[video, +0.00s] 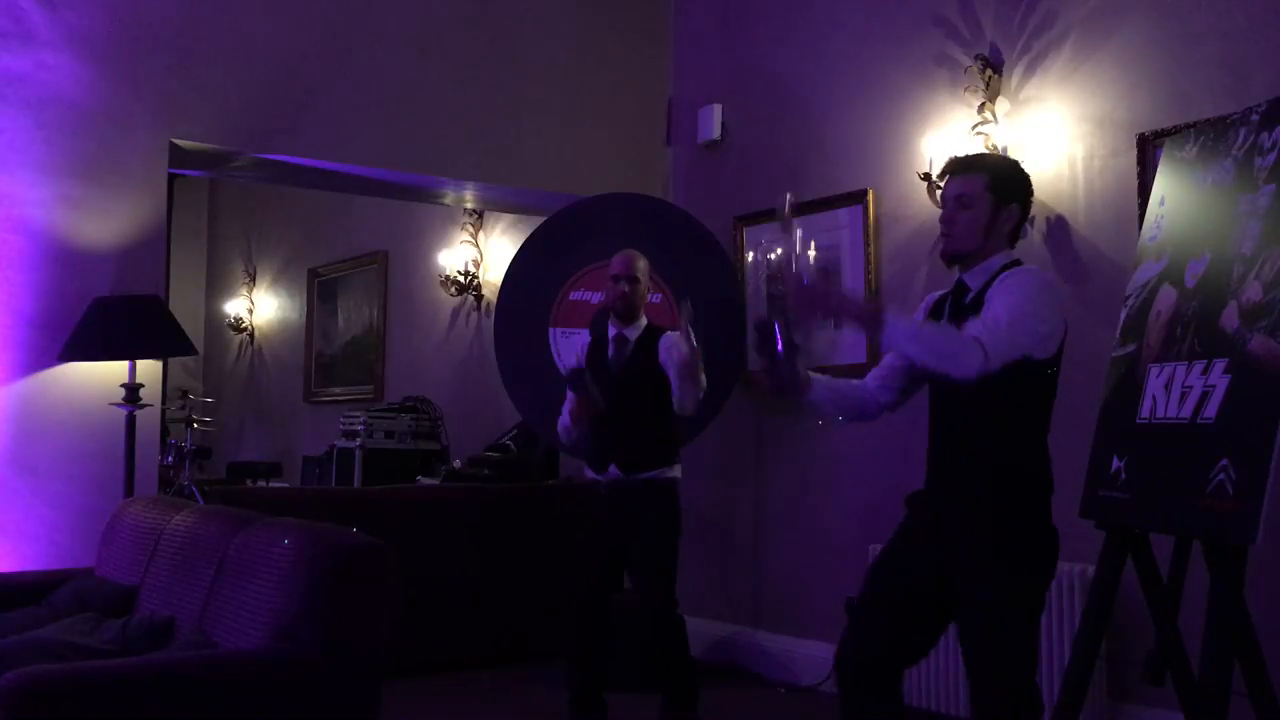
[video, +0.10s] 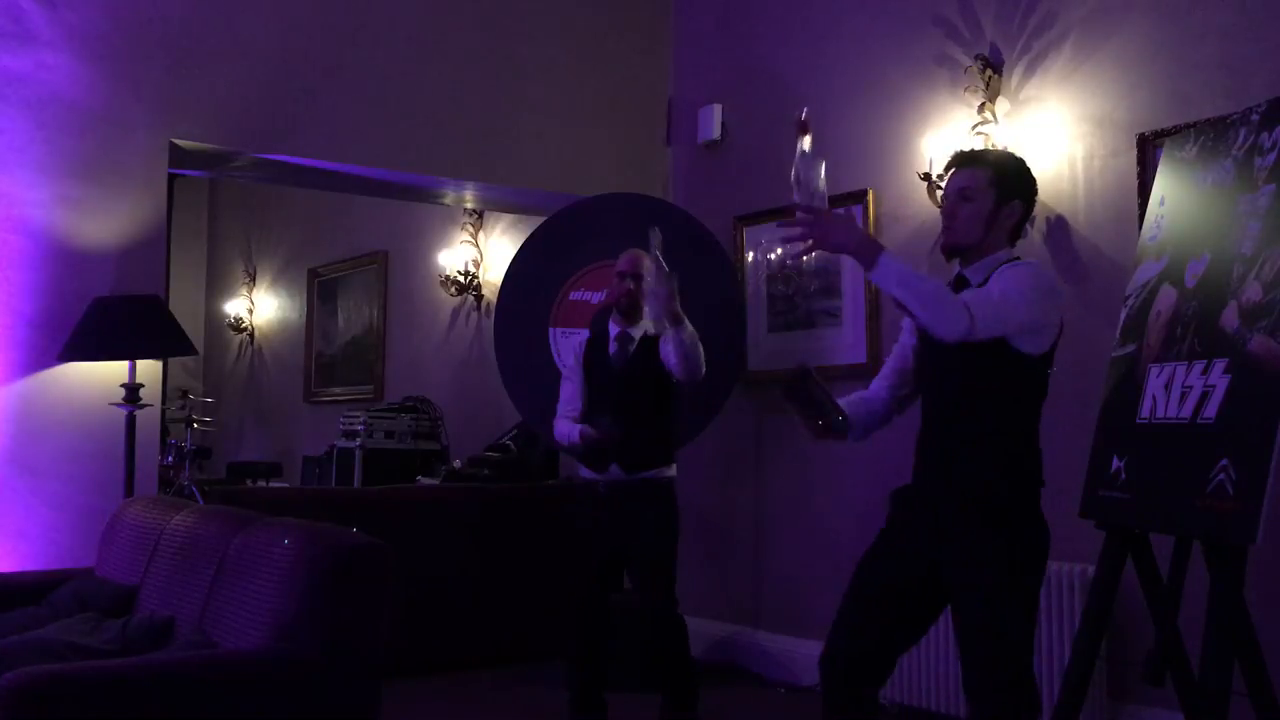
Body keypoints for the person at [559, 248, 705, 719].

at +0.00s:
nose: (621, 287)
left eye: (631, 280)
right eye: (615, 279)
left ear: (647, 289)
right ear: (605, 287)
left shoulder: (667, 343)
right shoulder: (592, 347)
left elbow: (689, 404)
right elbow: (569, 428)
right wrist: (573, 420)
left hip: (654, 489)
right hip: (601, 490)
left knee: (657, 601)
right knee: (594, 601)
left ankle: (677, 705)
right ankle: (589, 704)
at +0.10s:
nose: (626, 285)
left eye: (637, 277)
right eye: (621, 276)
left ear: (654, 288)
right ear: (610, 283)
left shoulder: (669, 338)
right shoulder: (584, 345)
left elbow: (689, 369)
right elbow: (563, 422)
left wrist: (672, 312)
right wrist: (581, 435)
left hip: (651, 490)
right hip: (594, 491)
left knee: (658, 604)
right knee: (591, 605)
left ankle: (677, 706)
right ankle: (588, 706)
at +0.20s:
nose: (631, 283)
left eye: (640, 275)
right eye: (624, 273)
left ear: (653, 286)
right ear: (611, 281)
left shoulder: (666, 344)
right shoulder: (579, 347)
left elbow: (716, 382)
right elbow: (555, 421)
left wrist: (693, 325)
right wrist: (584, 441)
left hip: (648, 493)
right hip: (591, 493)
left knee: (657, 606)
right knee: (589, 608)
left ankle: (677, 707)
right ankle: (587, 707)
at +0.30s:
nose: (627, 284)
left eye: (638, 278)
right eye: (621, 275)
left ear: (654, 292)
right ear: (609, 282)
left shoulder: (667, 350)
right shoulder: (577, 346)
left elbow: (711, 391)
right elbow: (547, 420)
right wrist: (588, 445)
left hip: (641, 494)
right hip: (585, 494)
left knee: (652, 607)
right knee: (585, 610)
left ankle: (678, 707)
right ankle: (587, 708)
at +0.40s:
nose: (628, 288)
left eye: (639, 282)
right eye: (623, 280)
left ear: (657, 296)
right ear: (612, 290)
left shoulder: (665, 359)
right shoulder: (578, 346)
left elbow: (693, 422)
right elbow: (548, 417)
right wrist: (598, 450)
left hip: (638, 495)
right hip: (582, 495)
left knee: (650, 607)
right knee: (583, 608)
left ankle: (675, 706)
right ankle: (585, 705)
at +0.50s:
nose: (634, 296)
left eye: (645, 291)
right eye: (630, 288)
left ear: (661, 306)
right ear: (618, 294)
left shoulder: (656, 369)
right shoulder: (584, 342)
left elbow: (647, 436)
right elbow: (558, 415)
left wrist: (648, 472)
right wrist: (603, 460)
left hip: (630, 492)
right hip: (578, 490)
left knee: (648, 599)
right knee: (585, 602)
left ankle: (673, 700)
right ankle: (581, 702)